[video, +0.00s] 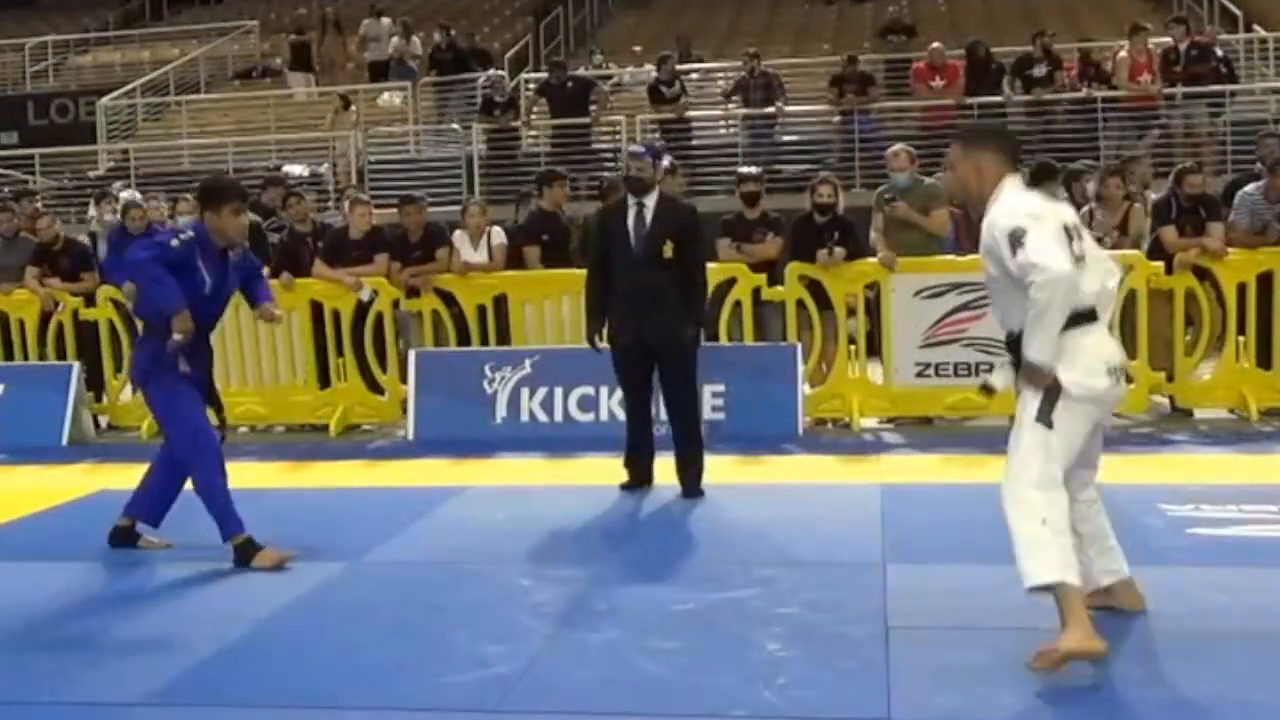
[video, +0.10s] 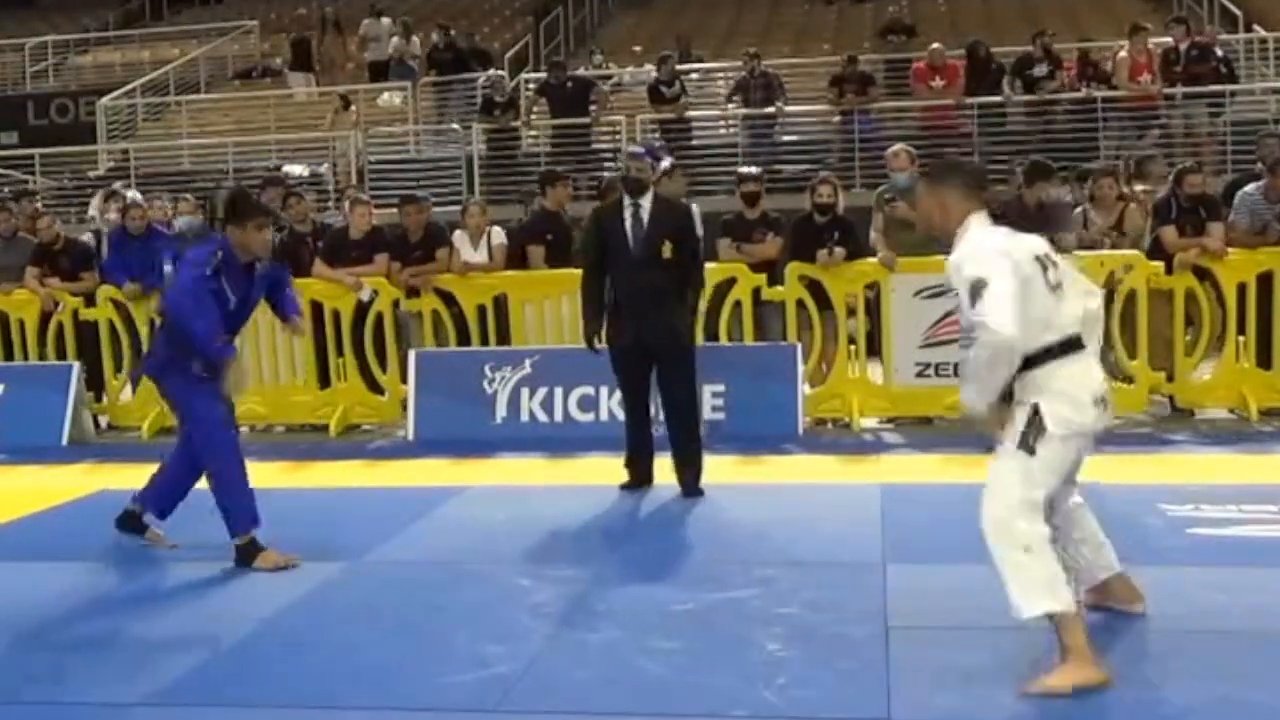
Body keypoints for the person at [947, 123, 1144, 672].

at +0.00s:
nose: (948, 180)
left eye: (951, 168)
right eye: (947, 169)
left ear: (980, 164)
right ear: (997, 165)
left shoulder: (1011, 212)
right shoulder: (1045, 203)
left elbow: (1053, 274)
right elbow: (1104, 270)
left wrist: (1035, 357)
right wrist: (1085, 333)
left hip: (1066, 359)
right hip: (1096, 353)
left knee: (1029, 483)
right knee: (1074, 480)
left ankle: (1076, 625)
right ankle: (1114, 582)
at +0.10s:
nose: (916, 210)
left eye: (921, 199)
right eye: (917, 199)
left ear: (945, 202)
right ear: (972, 200)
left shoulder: (981, 255)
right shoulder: (1024, 241)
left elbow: (1000, 335)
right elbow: (1090, 298)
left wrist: (975, 398)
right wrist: (1080, 363)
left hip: (1052, 395)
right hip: (1084, 386)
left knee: (1007, 512)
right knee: (1052, 490)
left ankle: (1079, 657)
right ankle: (1109, 583)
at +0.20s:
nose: (881, 231)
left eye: (884, 218)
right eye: (881, 219)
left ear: (907, 217)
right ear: (936, 215)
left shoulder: (945, 273)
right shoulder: (999, 242)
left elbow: (948, 365)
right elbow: (1072, 287)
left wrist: (916, 414)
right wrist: (1059, 361)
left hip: (1042, 398)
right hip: (1064, 385)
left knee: (995, 523)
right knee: (991, 458)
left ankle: (1079, 656)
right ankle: (1081, 566)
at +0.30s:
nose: (846, 253)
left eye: (848, 241)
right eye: (844, 242)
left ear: (874, 238)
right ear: (900, 229)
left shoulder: (905, 297)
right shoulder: (961, 247)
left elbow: (889, 403)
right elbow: (1045, 273)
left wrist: (861, 422)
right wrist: (1050, 356)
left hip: (1024, 402)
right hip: (1039, 384)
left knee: (982, 535)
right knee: (949, 468)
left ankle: (1080, 658)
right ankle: (990, 592)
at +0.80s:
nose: (673, 317)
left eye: (671, 308)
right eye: (670, 309)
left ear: (679, 299)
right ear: (722, 288)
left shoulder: (693, 322)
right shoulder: (767, 307)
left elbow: (718, 388)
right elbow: (788, 421)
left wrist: (705, 470)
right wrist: (718, 466)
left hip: (823, 416)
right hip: (881, 410)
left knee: (766, 542)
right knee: (817, 524)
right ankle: (821, 628)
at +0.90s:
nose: (639, 306)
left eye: (638, 296)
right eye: (637, 297)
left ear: (648, 288)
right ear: (692, 280)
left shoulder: (657, 319)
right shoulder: (738, 301)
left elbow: (668, 394)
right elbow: (780, 367)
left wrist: (661, 472)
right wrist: (723, 440)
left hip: (779, 422)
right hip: (845, 415)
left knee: (714, 566)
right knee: (796, 527)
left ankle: (756, 703)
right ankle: (815, 628)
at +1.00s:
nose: (609, 298)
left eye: (608, 287)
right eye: (607, 288)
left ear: (622, 281)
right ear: (659, 273)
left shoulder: (627, 324)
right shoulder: (719, 297)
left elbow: (629, 432)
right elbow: (764, 364)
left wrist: (633, 478)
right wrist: (694, 450)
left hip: (742, 431)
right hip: (810, 420)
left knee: (678, 573)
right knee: (761, 516)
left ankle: (751, 706)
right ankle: (776, 630)